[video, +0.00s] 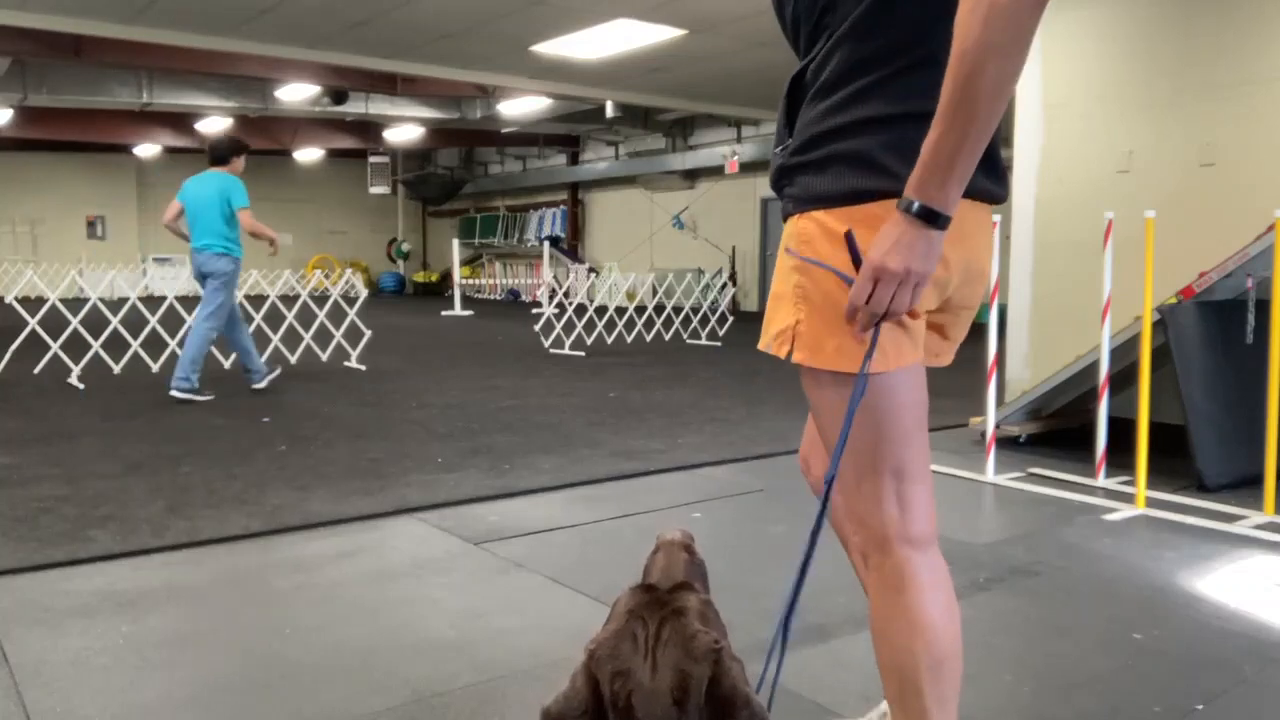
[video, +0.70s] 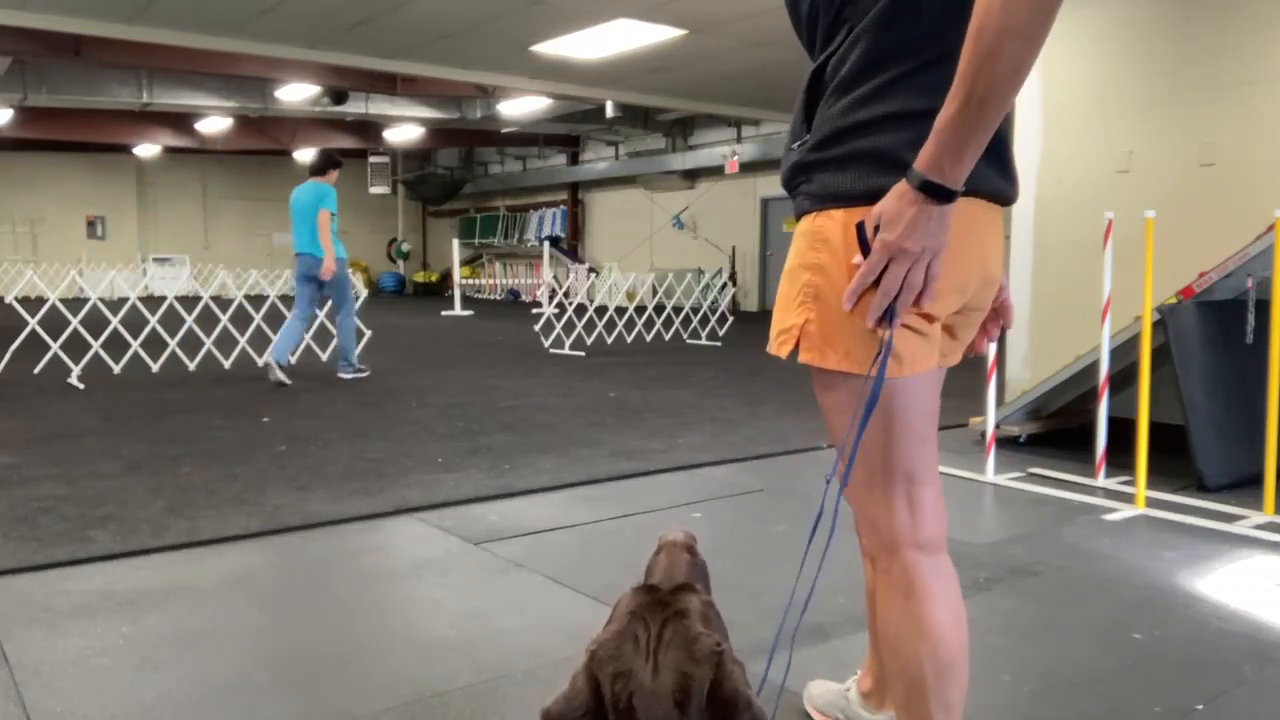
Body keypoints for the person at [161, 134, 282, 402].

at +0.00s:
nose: (244, 165)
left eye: (245, 160)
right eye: (243, 160)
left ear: (214, 159)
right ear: (232, 159)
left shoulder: (191, 182)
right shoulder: (232, 183)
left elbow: (169, 220)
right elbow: (249, 225)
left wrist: (191, 238)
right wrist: (272, 236)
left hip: (198, 258)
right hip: (223, 259)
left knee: (231, 319)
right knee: (208, 321)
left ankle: (258, 373)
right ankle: (183, 383)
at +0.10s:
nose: (257, 165)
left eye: (257, 161)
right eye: (255, 160)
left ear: (228, 161)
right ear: (246, 161)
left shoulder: (207, 186)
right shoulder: (250, 185)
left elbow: (185, 224)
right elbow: (265, 226)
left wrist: (202, 244)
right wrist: (284, 245)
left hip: (217, 261)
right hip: (243, 262)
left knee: (249, 318)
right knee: (230, 320)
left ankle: (268, 374)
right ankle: (193, 374)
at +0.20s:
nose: (270, 164)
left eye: (270, 159)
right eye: (268, 159)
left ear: (241, 160)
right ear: (259, 160)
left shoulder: (223, 185)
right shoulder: (265, 184)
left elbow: (205, 226)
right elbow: (275, 222)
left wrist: (223, 245)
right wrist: (295, 255)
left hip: (233, 258)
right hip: (259, 259)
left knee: (256, 318)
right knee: (265, 318)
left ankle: (268, 376)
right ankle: (217, 357)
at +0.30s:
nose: (283, 165)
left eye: (283, 160)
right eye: (281, 160)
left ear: (255, 160)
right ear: (272, 159)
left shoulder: (237, 184)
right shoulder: (276, 182)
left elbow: (224, 224)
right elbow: (283, 219)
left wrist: (241, 240)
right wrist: (299, 257)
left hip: (246, 255)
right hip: (272, 255)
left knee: (260, 313)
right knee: (291, 311)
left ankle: (269, 375)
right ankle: (254, 352)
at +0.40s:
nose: (295, 165)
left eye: (294, 161)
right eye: (294, 161)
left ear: (268, 161)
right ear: (287, 161)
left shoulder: (250, 184)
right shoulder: (288, 183)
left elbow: (242, 225)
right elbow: (291, 219)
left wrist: (259, 239)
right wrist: (304, 256)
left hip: (258, 253)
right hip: (282, 252)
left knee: (266, 315)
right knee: (309, 304)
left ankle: (268, 374)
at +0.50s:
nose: (310, 171)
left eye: (309, 166)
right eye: (308, 166)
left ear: (283, 165)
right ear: (301, 165)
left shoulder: (265, 188)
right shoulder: (300, 186)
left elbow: (260, 227)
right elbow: (298, 219)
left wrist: (273, 245)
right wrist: (308, 255)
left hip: (271, 254)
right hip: (294, 254)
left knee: (271, 315)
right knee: (319, 306)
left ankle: (269, 374)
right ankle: (333, 363)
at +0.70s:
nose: (337, 177)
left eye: (338, 173)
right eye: (337, 173)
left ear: (314, 170)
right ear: (330, 171)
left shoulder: (297, 192)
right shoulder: (327, 191)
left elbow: (298, 226)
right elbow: (323, 222)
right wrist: (329, 257)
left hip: (304, 256)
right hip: (328, 257)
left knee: (301, 312)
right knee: (345, 310)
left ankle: (277, 358)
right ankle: (348, 363)